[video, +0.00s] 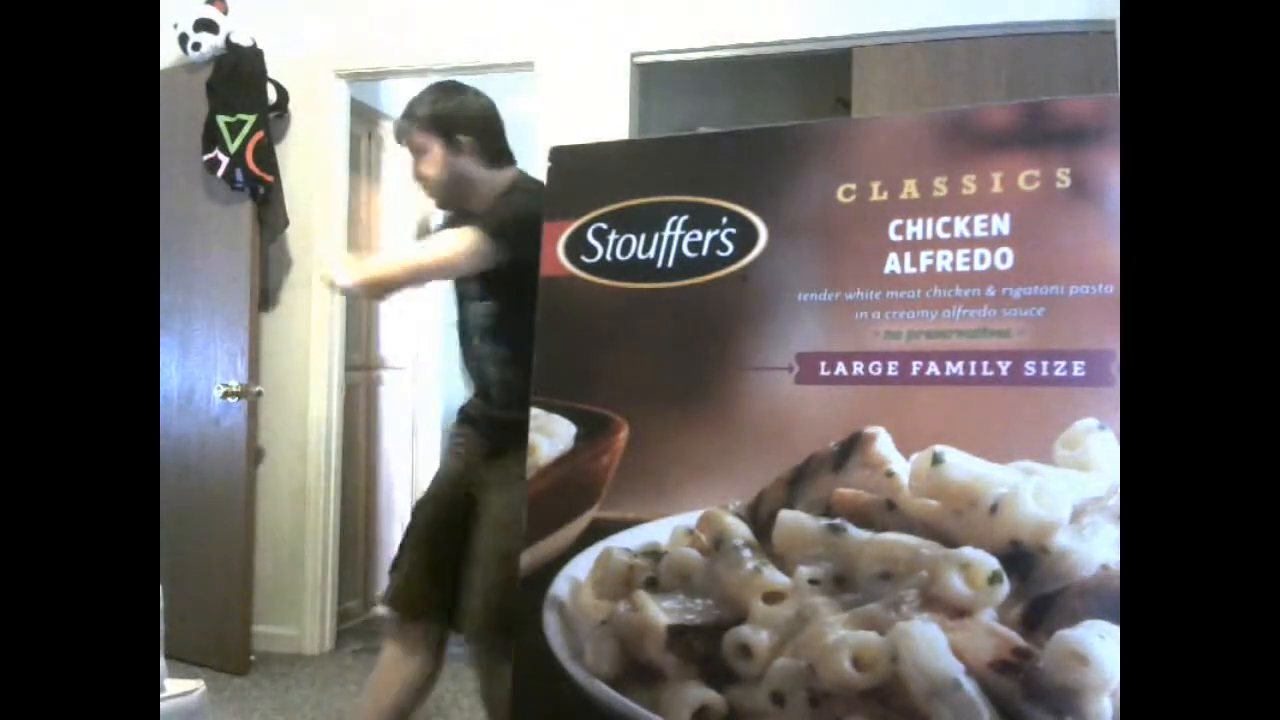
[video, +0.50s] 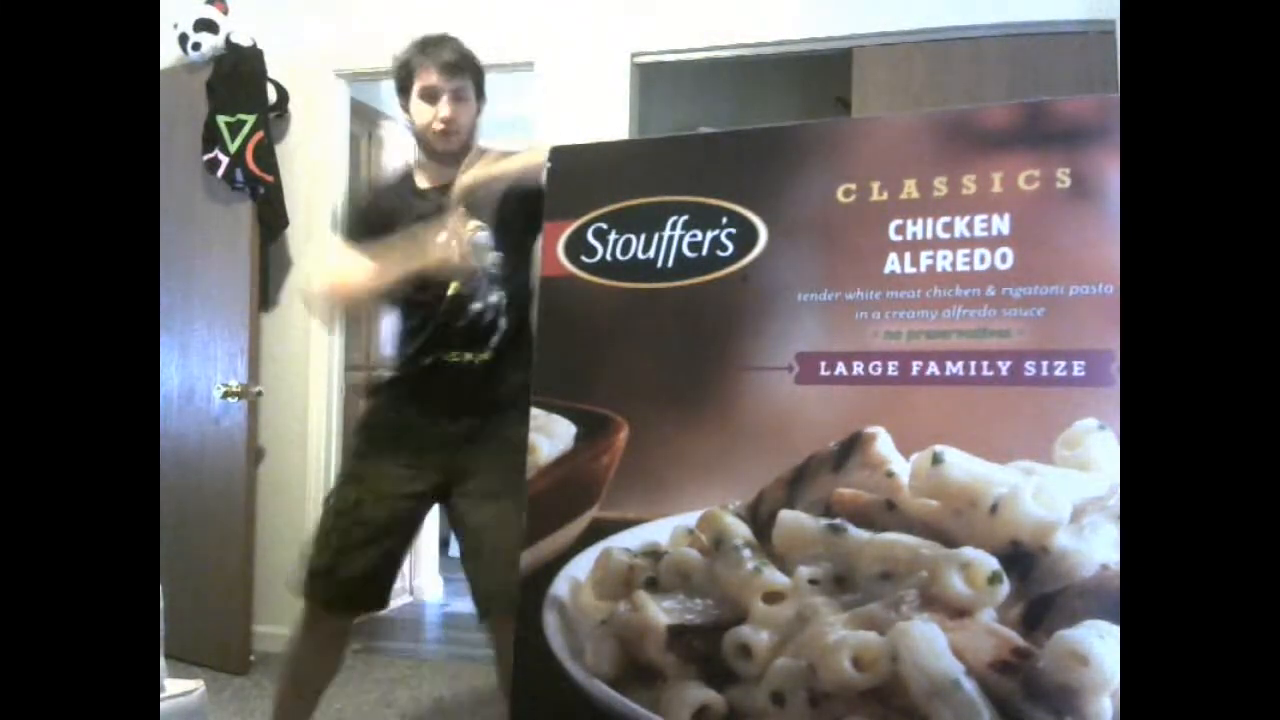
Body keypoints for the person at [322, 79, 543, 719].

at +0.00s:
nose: (415, 172)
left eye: (420, 154)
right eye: (412, 156)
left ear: (460, 145)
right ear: (456, 149)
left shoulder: (525, 206)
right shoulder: (477, 215)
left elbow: (451, 259)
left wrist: (361, 275)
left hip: (534, 439)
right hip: (478, 429)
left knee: (498, 630)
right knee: (415, 613)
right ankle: (374, 713)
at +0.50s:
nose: (443, 112)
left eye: (456, 96)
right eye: (427, 98)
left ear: (480, 102)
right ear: (407, 109)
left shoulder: (517, 188)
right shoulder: (384, 203)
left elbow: (595, 171)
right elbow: (331, 291)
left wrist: (522, 167)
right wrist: (420, 257)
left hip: (494, 424)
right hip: (403, 421)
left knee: (511, 607)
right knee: (331, 597)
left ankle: (532, 719)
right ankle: (288, 717)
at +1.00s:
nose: (387, 87)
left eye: (400, 74)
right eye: (370, 73)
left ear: (412, 86)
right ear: (338, 83)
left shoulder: (426, 176)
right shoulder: (308, 145)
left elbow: (518, 213)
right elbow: (269, 57)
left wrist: (493, 156)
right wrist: (343, 56)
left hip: (407, 404)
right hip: (315, 402)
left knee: (455, 586)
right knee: (283, 603)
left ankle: (480, 716)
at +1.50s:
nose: (392, 128)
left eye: (411, 115)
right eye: (387, 113)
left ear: (447, 129)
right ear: (380, 123)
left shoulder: (482, 178)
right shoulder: (366, 221)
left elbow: (487, 63)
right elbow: (330, 311)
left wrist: (395, 10)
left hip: (491, 420)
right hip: (403, 419)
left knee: (491, 613)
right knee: (331, 599)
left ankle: (491, 718)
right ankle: (282, 713)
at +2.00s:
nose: (452, 162)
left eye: (468, 148)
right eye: (441, 146)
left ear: (496, 152)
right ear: (425, 151)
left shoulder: (540, 225)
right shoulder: (403, 235)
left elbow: (586, 321)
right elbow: (380, 348)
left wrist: (529, 364)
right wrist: (450, 411)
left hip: (508, 428)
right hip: (424, 423)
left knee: (493, 609)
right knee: (355, 598)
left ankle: (488, 717)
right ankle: (300, 713)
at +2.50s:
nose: (545, 179)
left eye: (558, 167)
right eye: (536, 164)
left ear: (576, 175)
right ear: (515, 165)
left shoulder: (571, 245)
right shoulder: (459, 217)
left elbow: (590, 333)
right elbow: (374, 243)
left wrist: (532, 373)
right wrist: (367, 237)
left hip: (509, 419)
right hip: (434, 406)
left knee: (514, 582)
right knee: (441, 568)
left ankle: (499, 709)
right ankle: (443, 711)